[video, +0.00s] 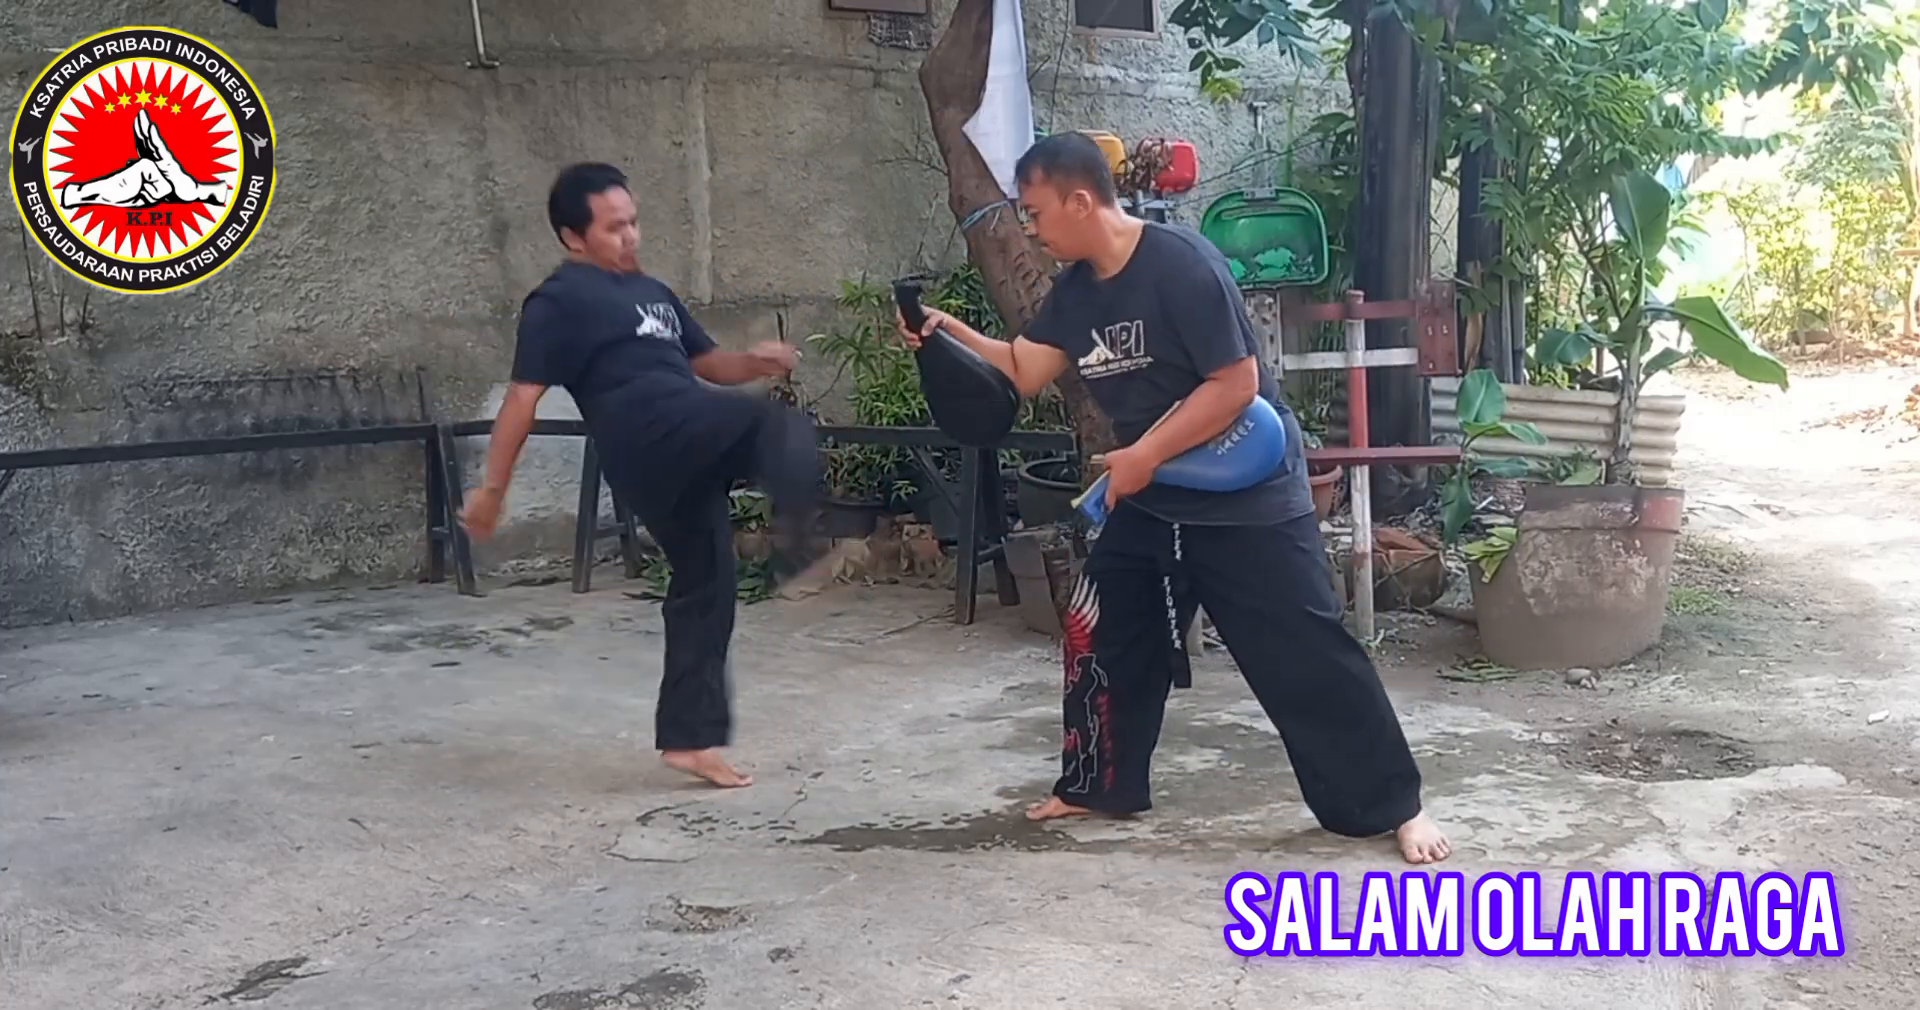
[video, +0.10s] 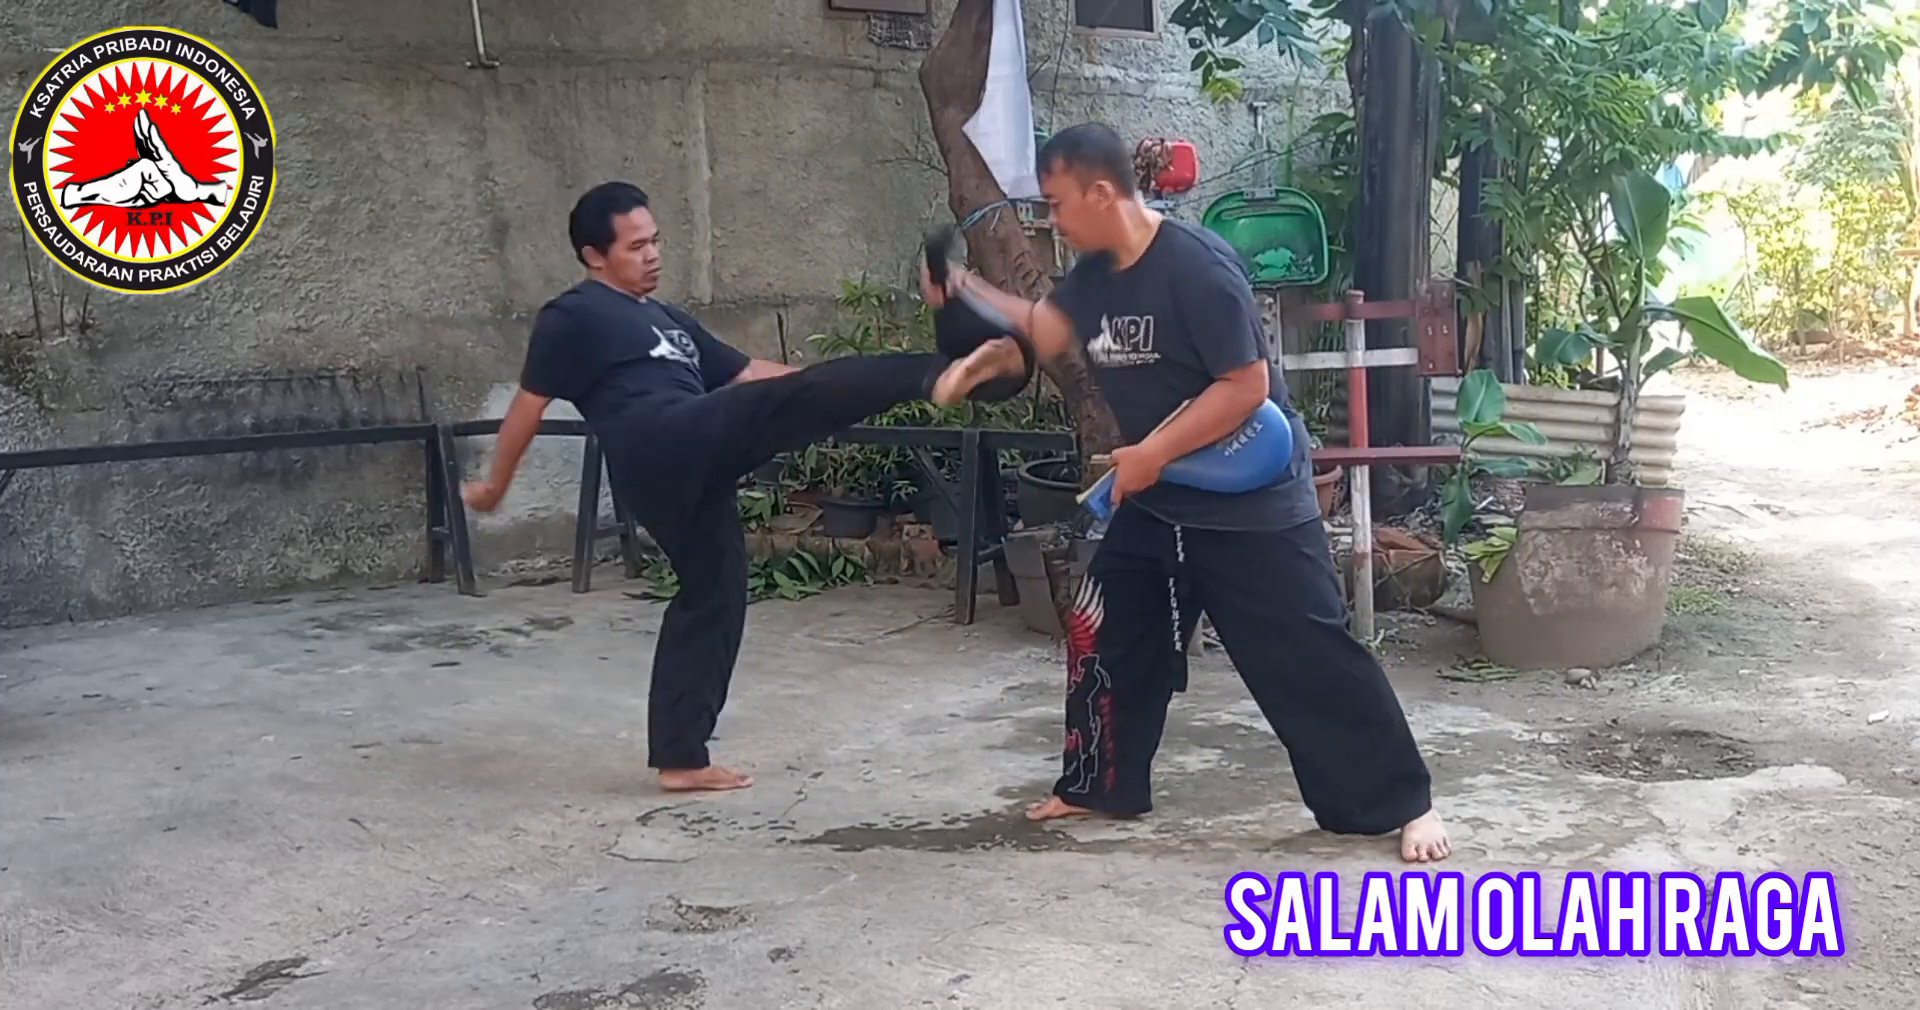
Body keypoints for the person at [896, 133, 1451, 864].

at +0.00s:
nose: (1031, 230)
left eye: (1035, 213)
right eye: (1026, 215)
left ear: (1083, 200)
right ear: (1073, 205)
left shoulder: (1183, 262)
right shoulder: (1071, 288)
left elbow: (1235, 383)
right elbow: (1023, 369)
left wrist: (1146, 453)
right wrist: (946, 330)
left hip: (1246, 493)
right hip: (1147, 494)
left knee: (1311, 641)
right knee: (1108, 637)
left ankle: (1400, 805)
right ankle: (1105, 785)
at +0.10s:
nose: (1053, 222)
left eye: (1058, 205)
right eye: (1048, 207)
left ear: (1104, 193)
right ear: (1097, 196)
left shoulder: (1200, 268)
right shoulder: (1087, 278)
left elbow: (1247, 385)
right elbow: (1046, 336)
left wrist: (1153, 452)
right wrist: (964, 287)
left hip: (1252, 501)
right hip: (1153, 499)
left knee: (1316, 646)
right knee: (1110, 638)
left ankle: (1409, 802)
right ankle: (1103, 784)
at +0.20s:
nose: (1088, 207)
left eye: (1093, 190)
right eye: (1084, 192)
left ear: (1143, 177)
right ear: (1136, 181)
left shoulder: (1222, 261)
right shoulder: (1138, 253)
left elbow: (1244, 390)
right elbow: (1089, 315)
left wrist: (1144, 452)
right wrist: (1006, 282)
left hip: (1257, 497)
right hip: (1170, 491)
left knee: (1313, 648)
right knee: (1129, 637)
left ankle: (1409, 805)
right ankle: (1106, 784)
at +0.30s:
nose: (1100, 202)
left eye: (1106, 184)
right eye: (1096, 187)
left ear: (1159, 174)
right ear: (1147, 180)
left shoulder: (1231, 255)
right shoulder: (1147, 252)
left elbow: (1254, 386)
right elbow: (1105, 323)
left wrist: (1151, 438)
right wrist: (1025, 296)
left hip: (1266, 494)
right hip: (1181, 488)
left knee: (1317, 649)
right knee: (1144, 634)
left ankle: (1409, 806)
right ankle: (1118, 783)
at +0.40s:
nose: (1101, 206)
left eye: (1107, 188)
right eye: (1097, 192)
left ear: (1162, 174)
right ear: (1154, 180)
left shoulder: (1239, 254)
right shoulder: (1153, 251)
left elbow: (1268, 382)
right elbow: (1114, 327)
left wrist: (1166, 441)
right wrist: (1036, 299)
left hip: (1273, 497)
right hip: (1188, 490)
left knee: (1323, 652)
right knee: (1150, 636)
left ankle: (1410, 807)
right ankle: (1121, 782)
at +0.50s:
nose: (1105, 206)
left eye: (1111, 188)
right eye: (1101, 191)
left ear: (1168, 175)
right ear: (1157, 181)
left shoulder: (1245, 255)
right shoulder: (1152, 252)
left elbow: (1274, 383)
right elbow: (1114, 333)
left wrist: (1172, 442)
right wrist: (1038, 303)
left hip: (1273, 499)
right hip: (1185, 492)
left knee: (1323, 652)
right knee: (1149, 637)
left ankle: (1410, 806)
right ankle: (1121, 781)